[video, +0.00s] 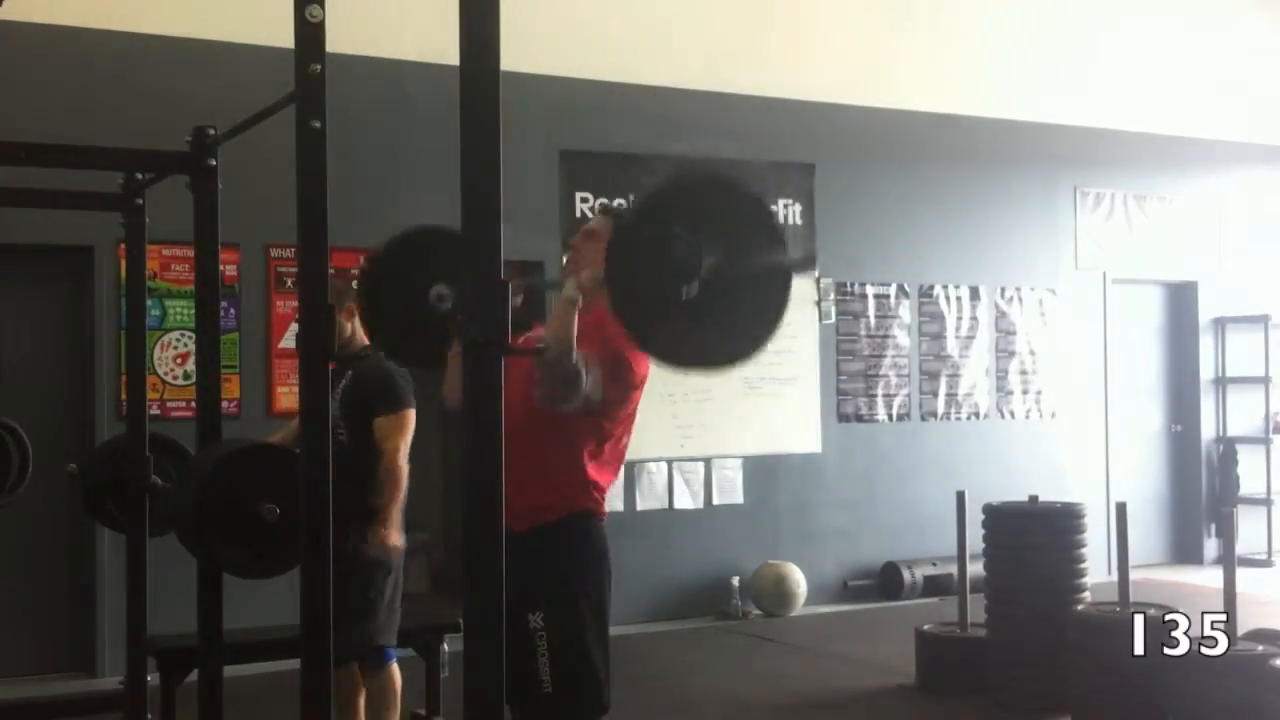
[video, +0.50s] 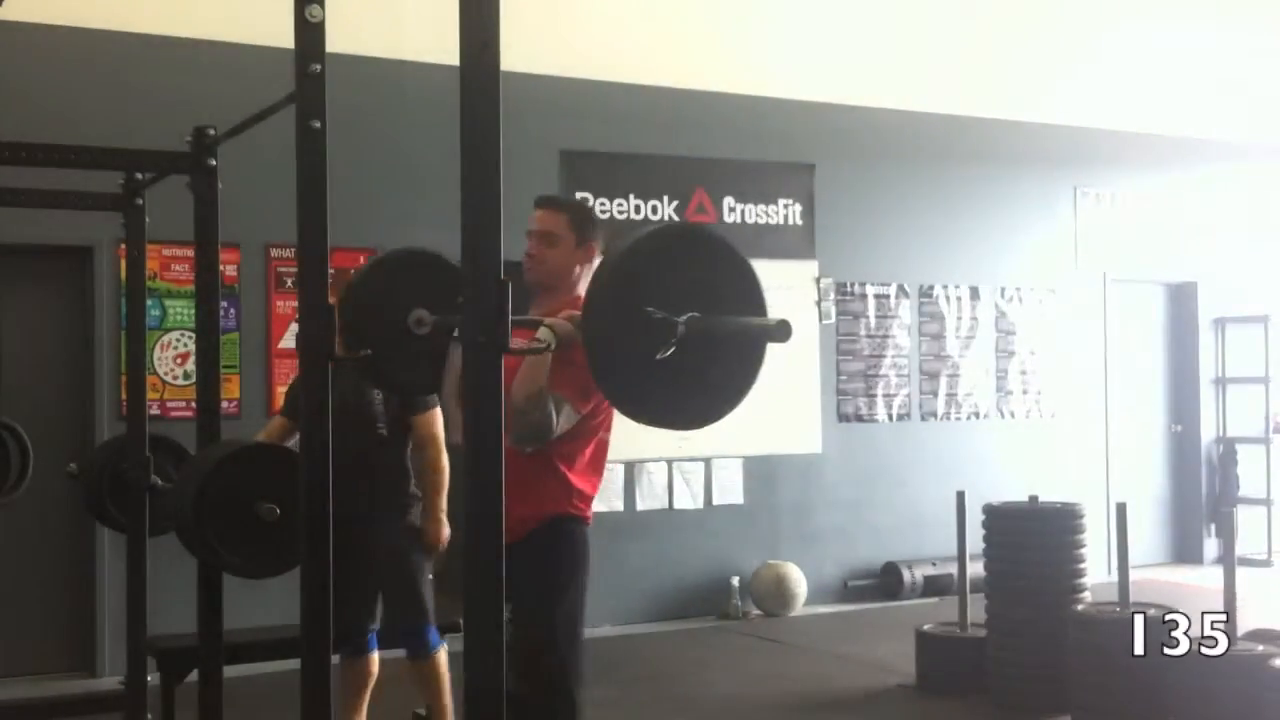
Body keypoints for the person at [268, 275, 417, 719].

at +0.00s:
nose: (320, 329)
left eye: (327, 318)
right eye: (319, 319)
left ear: (351, 316)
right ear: (328, 320)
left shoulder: (385, 377)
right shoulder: (334, 376)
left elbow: (395, 457)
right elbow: (304, 427)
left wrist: (390, 522)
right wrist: (257, 460)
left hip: (374, 530)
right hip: (333, 528)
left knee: (375, 650)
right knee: (338, 651)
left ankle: (386, 719)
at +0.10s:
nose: (319, 325)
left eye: (328, 314)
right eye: (317, 314)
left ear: (354, 315)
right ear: (323, 317)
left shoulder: (386, 373)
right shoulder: (327, 373)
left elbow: (406, 456)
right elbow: (304, 426)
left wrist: (415, 526)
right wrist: (258, 458)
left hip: (375, 526)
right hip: (332, 523)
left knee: (377, 649)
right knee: (340, 650)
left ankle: (387, 719)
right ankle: (349, 718)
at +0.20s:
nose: (319, 320)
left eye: (327, 310)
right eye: (316, 311)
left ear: (354, 312)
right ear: (315, 315)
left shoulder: (394, 370)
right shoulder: (323, 371)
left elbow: (418, 451)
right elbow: (293, 429)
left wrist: (422, 521)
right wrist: (250, 468)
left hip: (380, 521)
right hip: (334, 518)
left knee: (378, 641)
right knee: (347, 641)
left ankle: (385, 719)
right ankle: (351, 715)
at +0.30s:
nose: (324, 320)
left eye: (333, 309)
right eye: (319, 309)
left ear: (358, 310)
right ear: (310, 313)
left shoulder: (390, 365)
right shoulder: (317, 373)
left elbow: (424, 442)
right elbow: (286, 432)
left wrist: (423, 514)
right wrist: (248, 475)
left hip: (383, 519)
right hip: (333, 518)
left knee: (388, 639)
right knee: (350, 643)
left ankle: (393, 719)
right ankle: (352, 718)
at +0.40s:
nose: (334, 320)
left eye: (343, 309)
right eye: (329, 311)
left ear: (369, 312)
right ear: (320, 314)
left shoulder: (397, 368)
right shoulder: (317, 375)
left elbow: (427, 443)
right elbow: (279, 433)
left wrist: (428, 511)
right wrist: (241, 477)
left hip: (391, 520)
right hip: (336, 520)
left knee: (404, 640)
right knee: (353, 643)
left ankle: (418, 716)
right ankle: (350, 717)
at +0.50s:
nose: (339, 322)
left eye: (347, 310)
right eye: (333, 311)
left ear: (374, 313)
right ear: (325, 316)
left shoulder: (404, 368)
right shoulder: (319, 374)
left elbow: (431, 443)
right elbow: (278, 430)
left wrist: (437, 514)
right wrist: (239, 476)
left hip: (400, 521)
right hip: (340, 522)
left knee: (421, 636)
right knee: (354, 640)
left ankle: (442, 716)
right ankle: (352, 716)